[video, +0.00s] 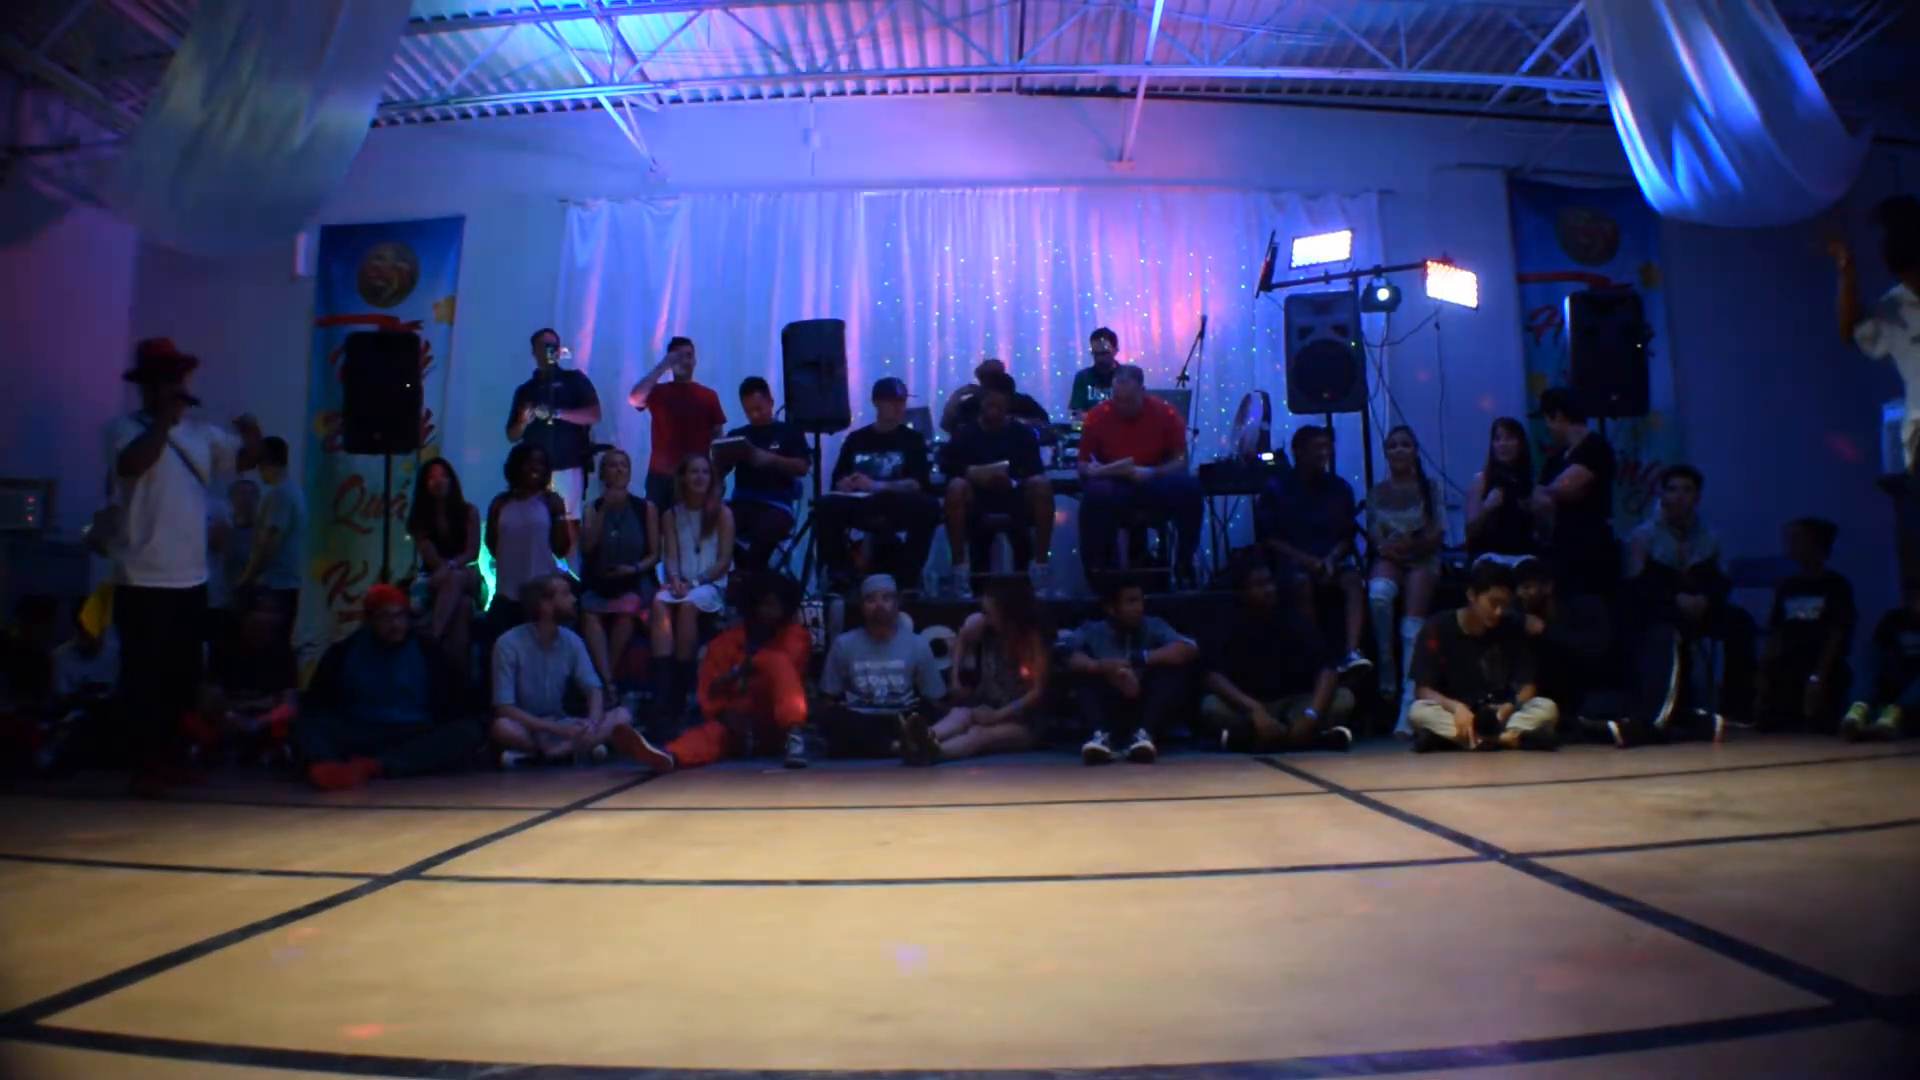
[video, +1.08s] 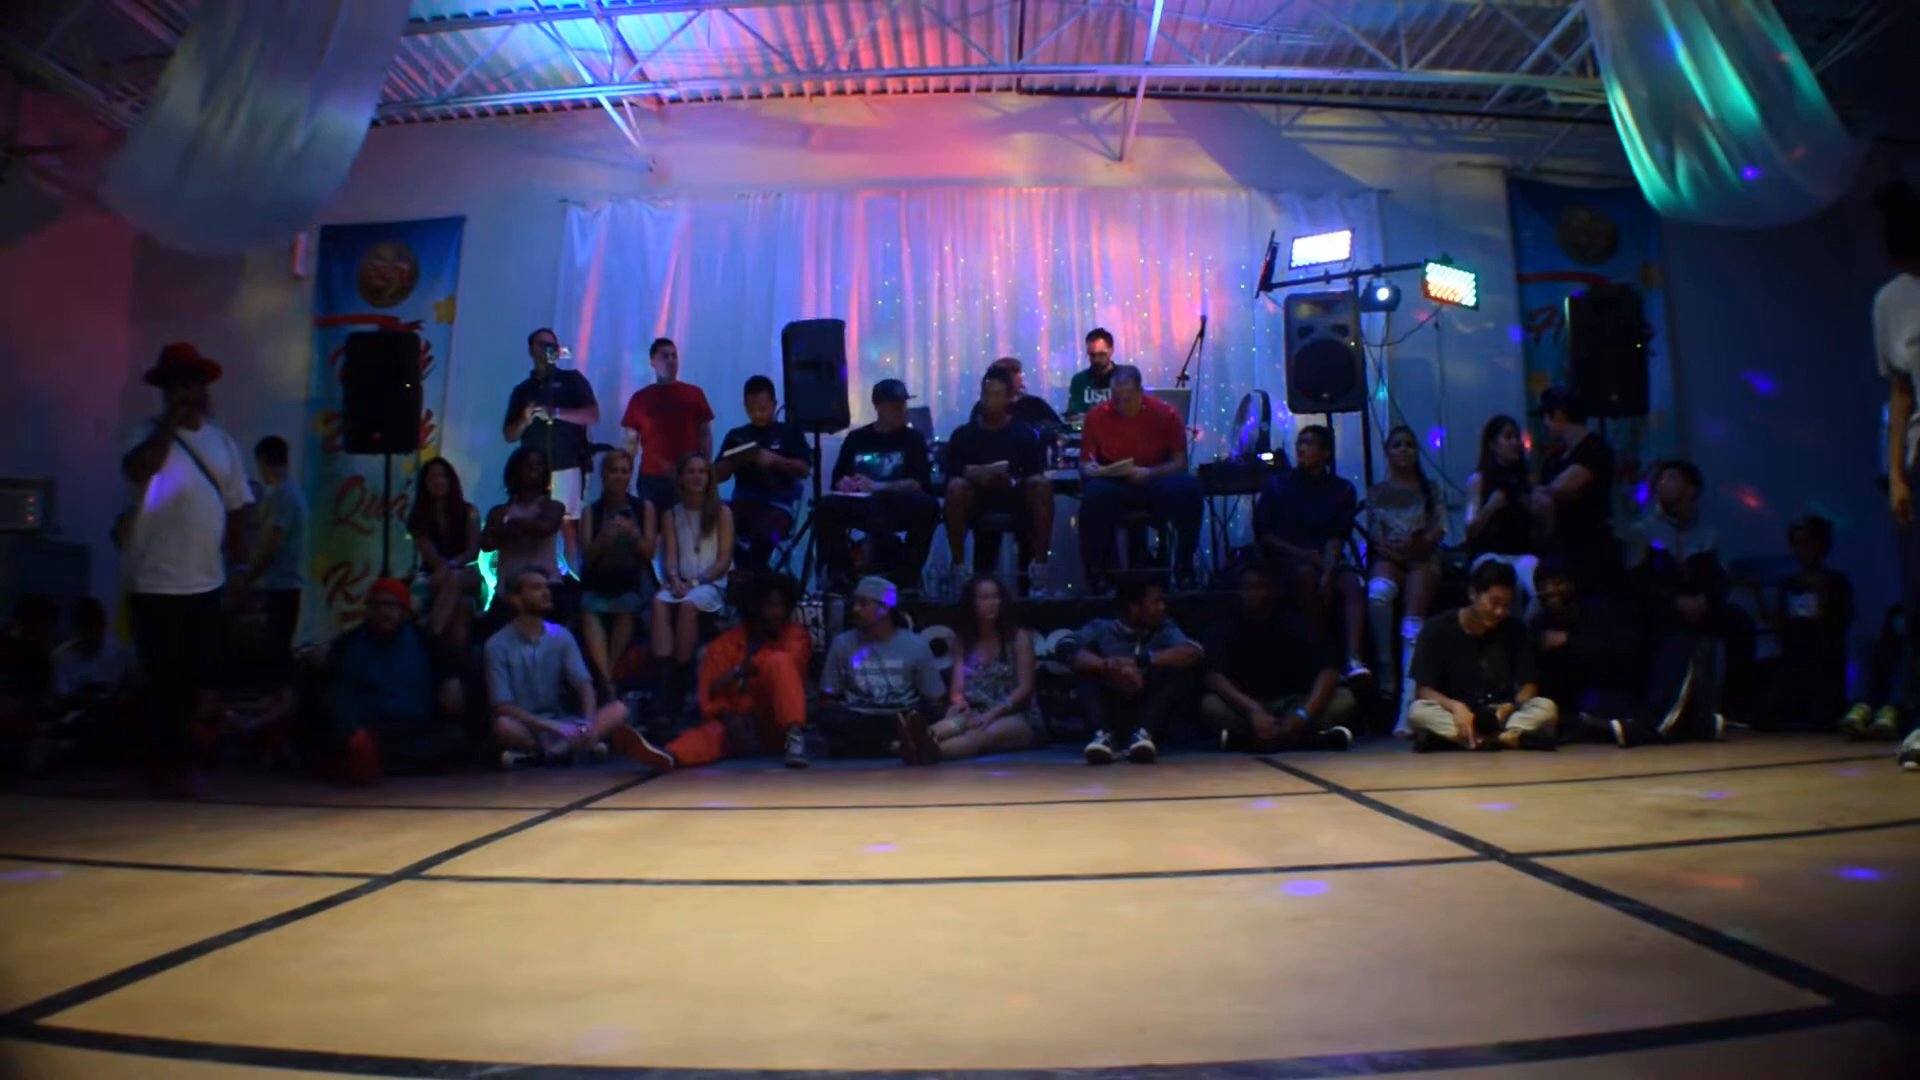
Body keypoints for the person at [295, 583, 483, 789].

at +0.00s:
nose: (396, 624)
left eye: (401, 616)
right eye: (388, 617)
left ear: (408, 617)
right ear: (371, 620)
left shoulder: (425, 651)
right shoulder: (344, 654)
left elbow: (447, 697)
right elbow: (317, 704)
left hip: (415, 732)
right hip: (357, 732)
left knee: (467, 733)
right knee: (307, 725)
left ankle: (379, 766)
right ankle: (327, 766)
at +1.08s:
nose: (383, 613)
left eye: (390, 605)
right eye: (377, 605)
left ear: (404, 611)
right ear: (369, 609)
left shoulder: (422, 643)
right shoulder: (349, 644)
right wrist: (352, 730)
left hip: (419, 720)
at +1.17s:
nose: (380, 611)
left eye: (388, 605)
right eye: (374, 604)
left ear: (403, 610)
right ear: (366, 607)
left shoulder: (422, 642)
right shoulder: (349, 640)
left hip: (414, 715)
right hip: (363, 716)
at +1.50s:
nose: (365, 614)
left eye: (373, 607)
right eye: (361, 606)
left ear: (389, 612)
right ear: (354, 609)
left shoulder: (410, 642)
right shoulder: (345, 641)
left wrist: (435, 697)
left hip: (404, 717)